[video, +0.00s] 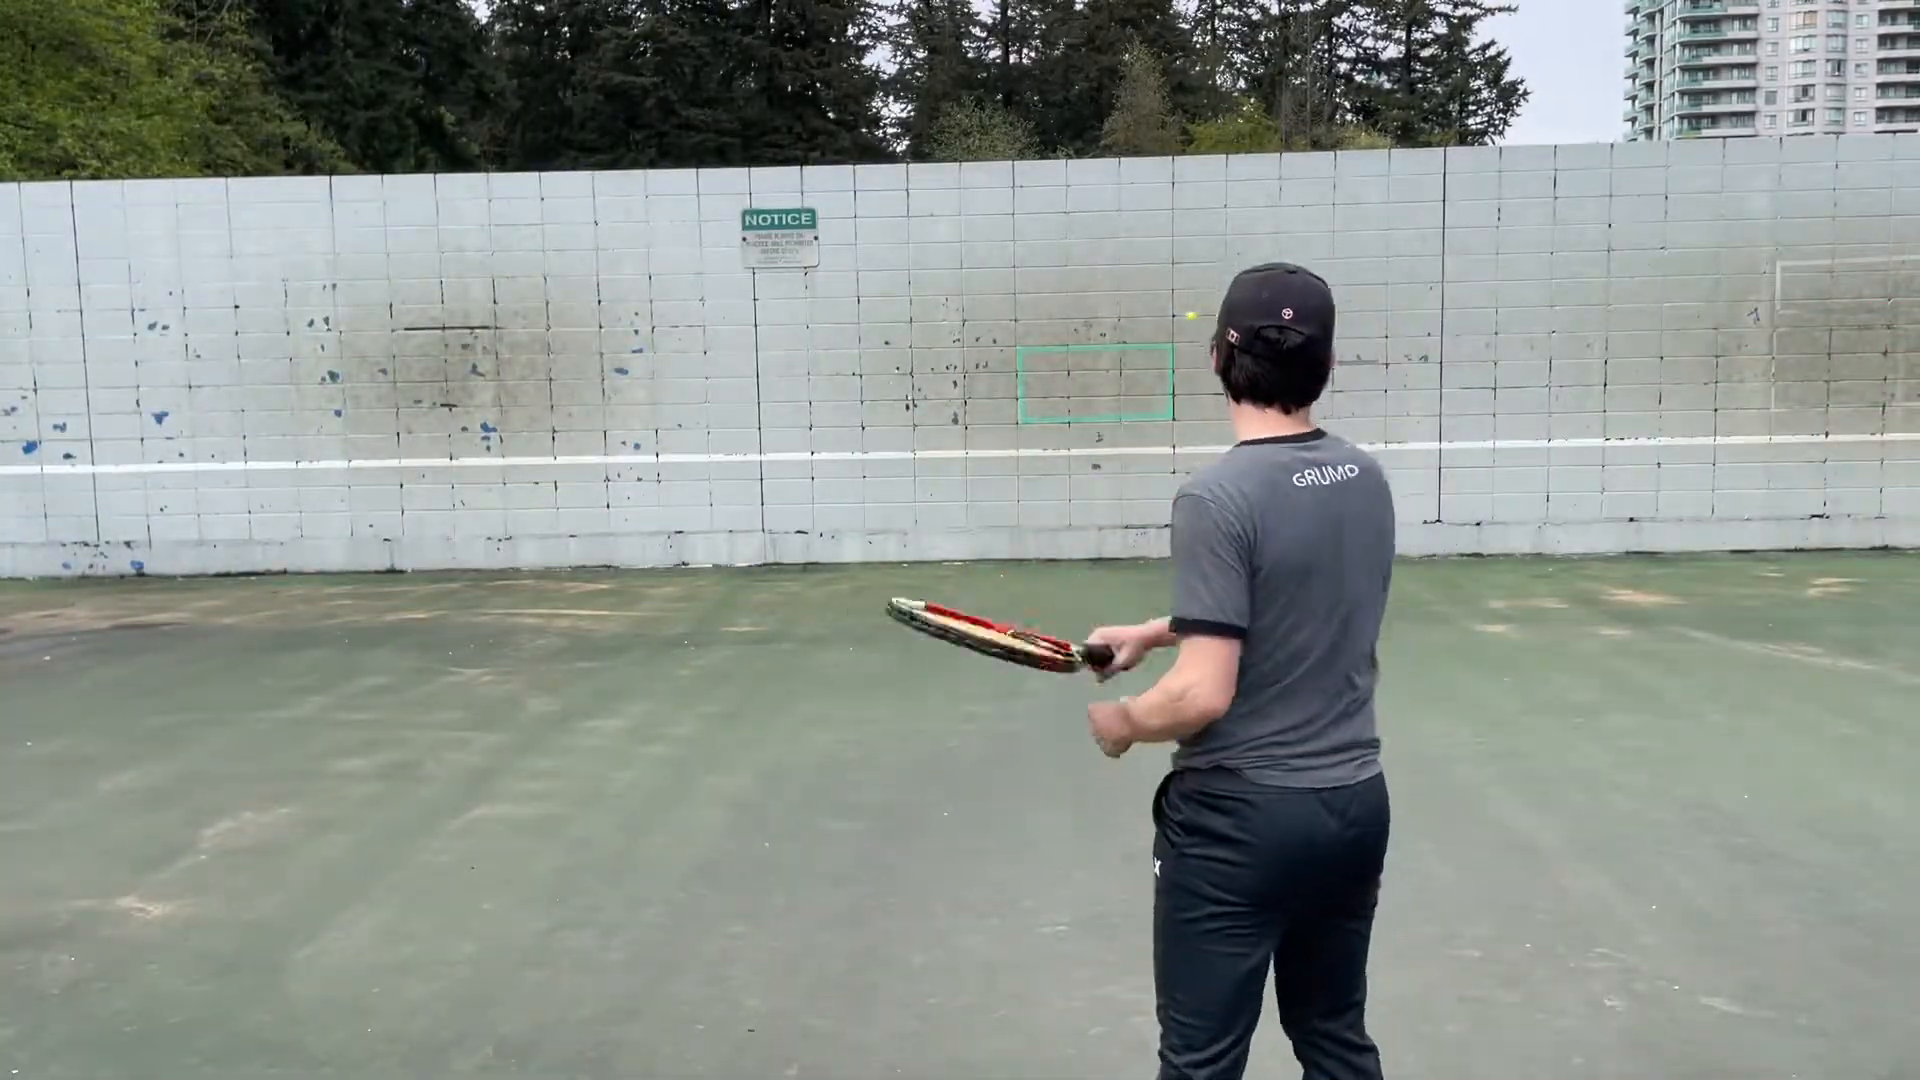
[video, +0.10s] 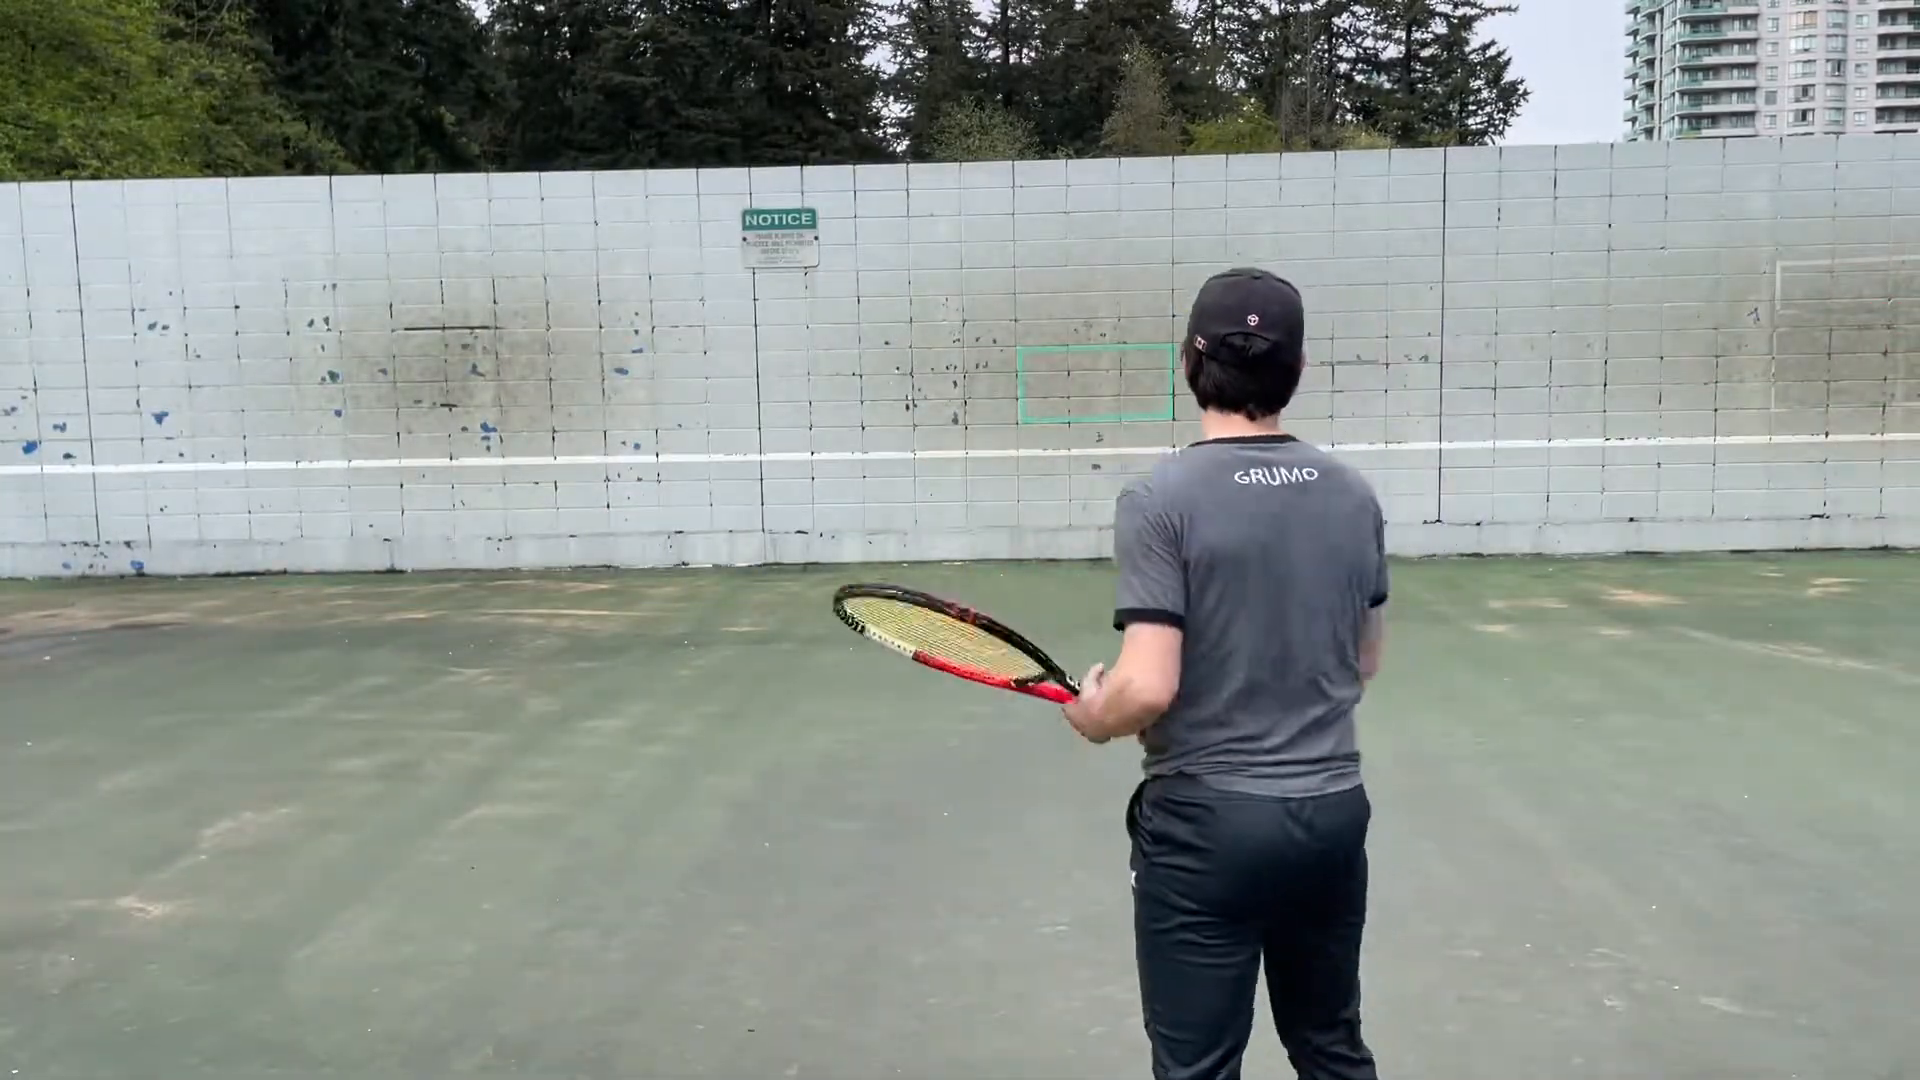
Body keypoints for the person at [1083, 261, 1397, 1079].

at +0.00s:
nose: (1211, 348)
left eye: (1215, 338)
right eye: (1223, 335)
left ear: (1222, 357)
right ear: (1326, 364)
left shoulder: (1218, 496)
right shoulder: (1365, 479)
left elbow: (1205, 693)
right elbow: (1288, 606)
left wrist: (1130, 720)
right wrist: (1152, 634)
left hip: (1234, 816)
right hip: (1349, 808)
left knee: (1200, 1056)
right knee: (1334, 1029)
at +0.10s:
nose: (1186, 356)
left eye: (1187, 345)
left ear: (1191, 363)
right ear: (1298, 370)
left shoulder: (1161, 496)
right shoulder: (1350, 493)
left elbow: (1149, 683)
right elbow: (1361, 660)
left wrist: (1096, 715)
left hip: (1203, 827)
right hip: (1328, 822)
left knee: (1194, 1065)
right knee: (1332, 1047)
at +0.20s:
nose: (1177, 355)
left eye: (1179, 347)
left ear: (1180, 364)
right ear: (1283, 371)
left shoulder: (1126, 497)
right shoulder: (1346, 495)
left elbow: (1096, 687)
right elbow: (1391, 673)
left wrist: (1095, 728)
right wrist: (1295, 724)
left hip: (1177, 839)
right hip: (1313, 833)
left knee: (1183, 1067)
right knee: (1333, 1058)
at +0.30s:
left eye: (1188, 343)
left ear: (1182, 361)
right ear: (1289, 370)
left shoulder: (1112, 498)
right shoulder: (1344, 500)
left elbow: (1078, 693)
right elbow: (1395, 688)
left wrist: (1136, 728)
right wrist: (1297, 739)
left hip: (1164, 847)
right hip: (1303, 850)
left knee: (1174, 1069)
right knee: (1330, 1067)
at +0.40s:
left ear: (1193, 361)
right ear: (1305, 373)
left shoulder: (1111, 498)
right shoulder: (1350, 509)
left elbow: (1082, 692)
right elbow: (1397, 709)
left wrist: (1152, 729)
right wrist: (1296, 759)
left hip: (1158, 858)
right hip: (1301, 862)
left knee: (1173, 1072)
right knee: (1337, 1070)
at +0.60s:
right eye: (1375, 363)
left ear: (1242, 372)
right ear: (1365, 386)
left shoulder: (1155, 520)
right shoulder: (1393, 540)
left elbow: (1138, 707)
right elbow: (1434, 762)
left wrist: (1236, 745)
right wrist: (1337, 795)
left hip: (1173, 894)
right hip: (1320, 909)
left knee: (1187, 1069)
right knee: (1352, 1068)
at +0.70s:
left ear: (1274, 391)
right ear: (1402, 405)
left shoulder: (1188, 536)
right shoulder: (1431, 558)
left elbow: (1180, 717)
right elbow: (1480, 788)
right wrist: (1409, 811)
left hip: (1193, 935)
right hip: (1349, 950)